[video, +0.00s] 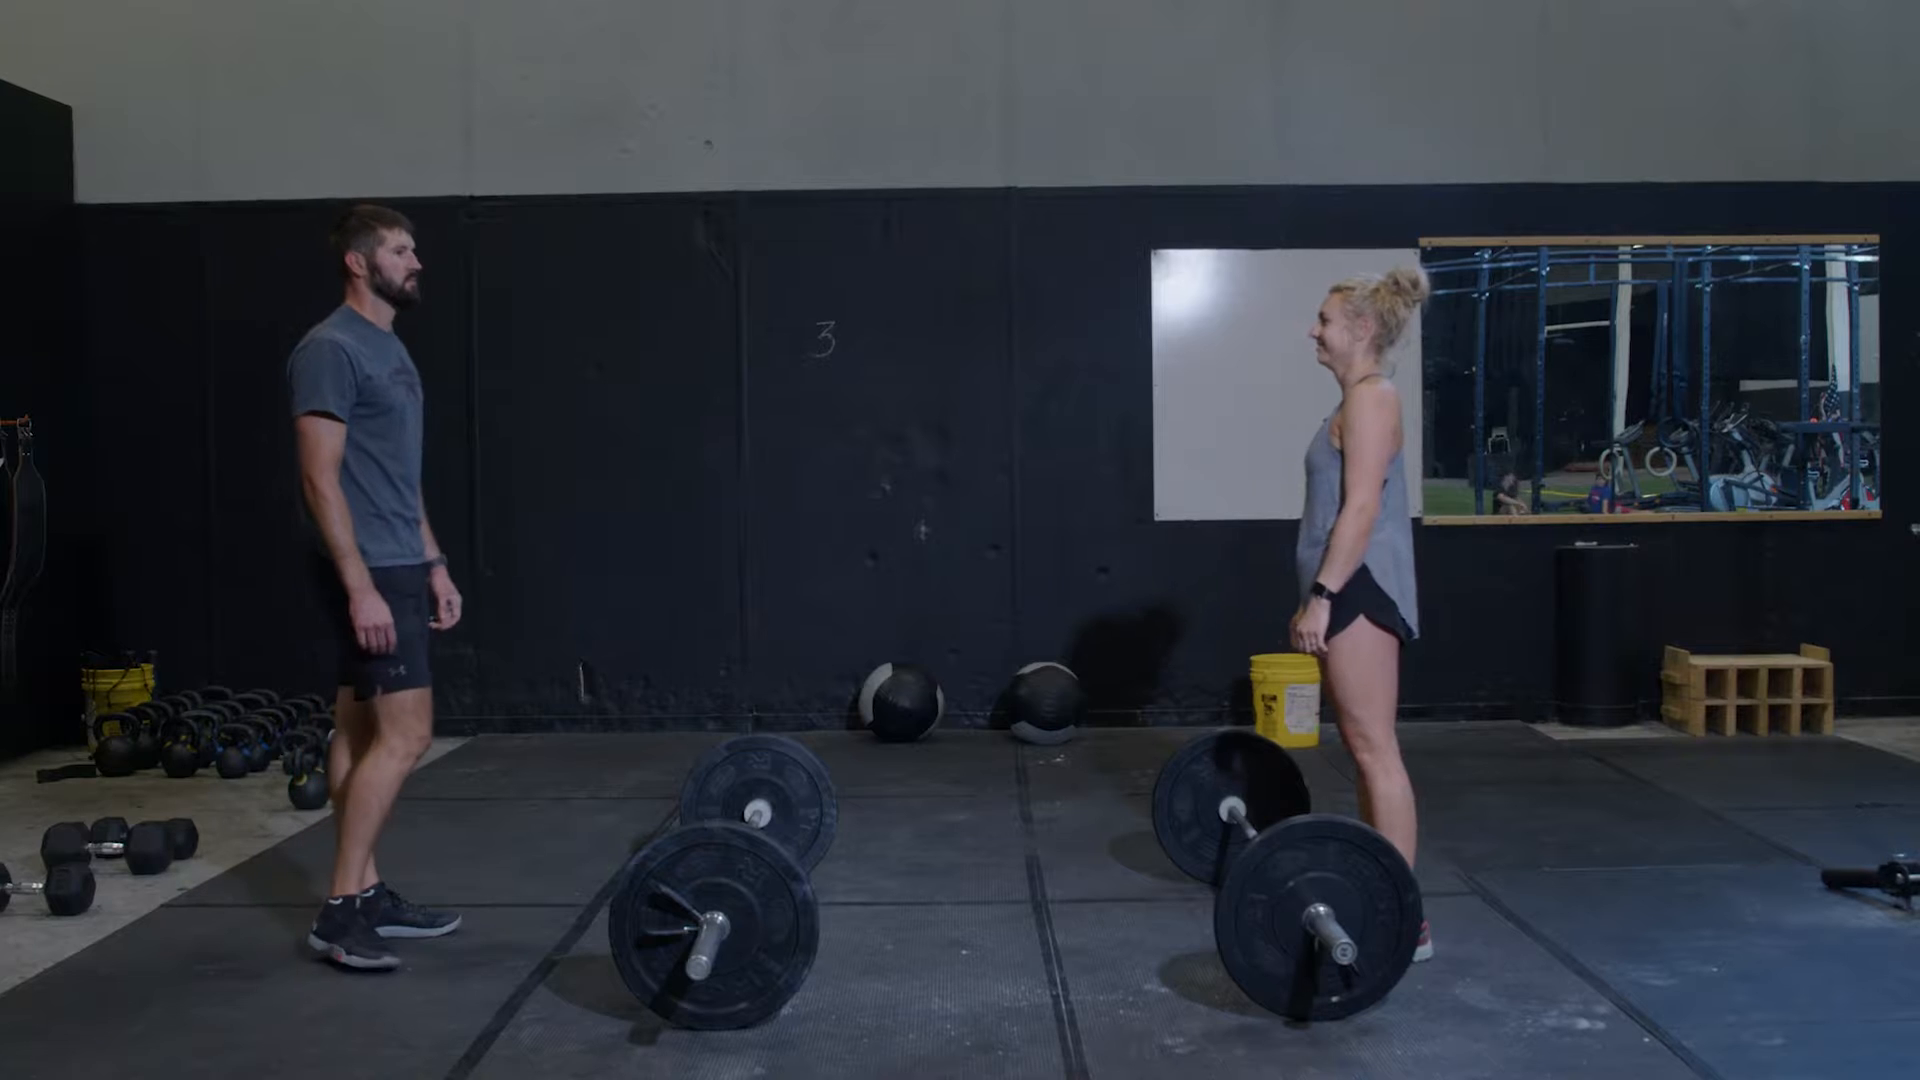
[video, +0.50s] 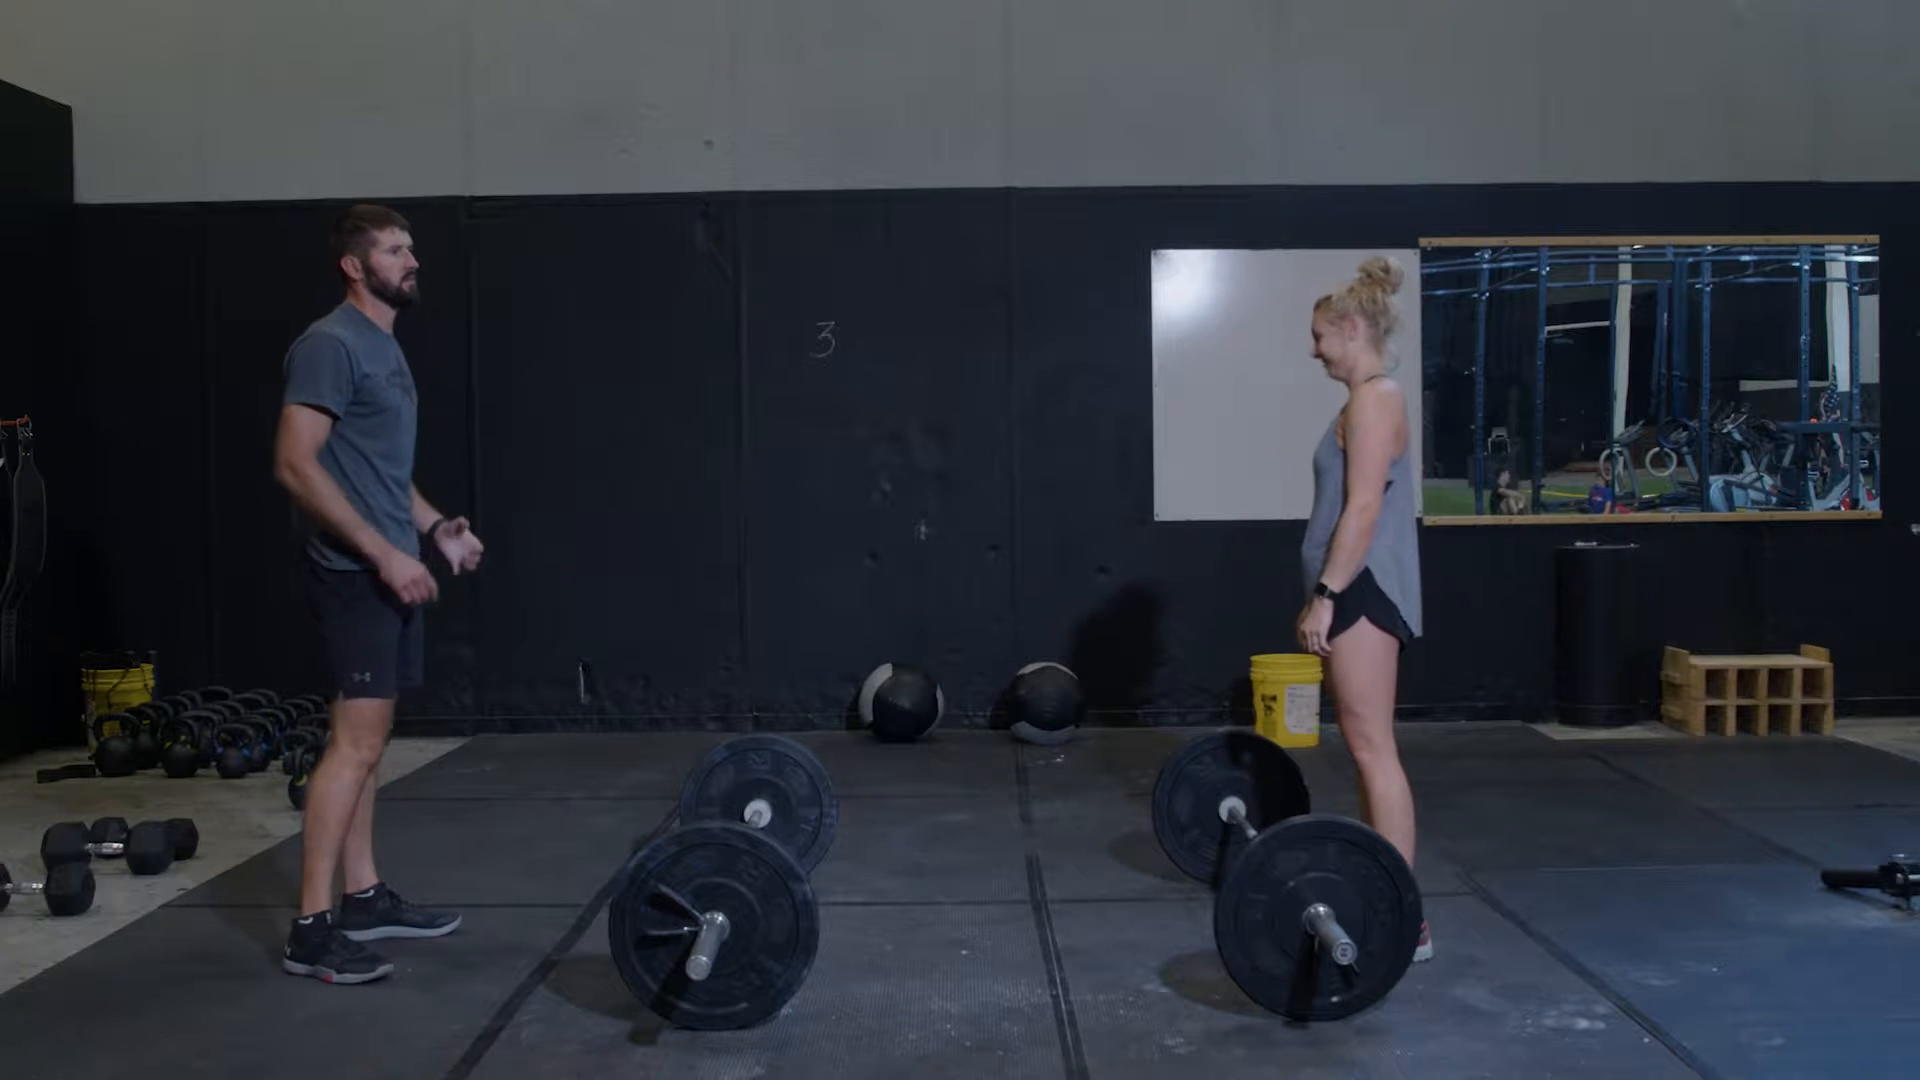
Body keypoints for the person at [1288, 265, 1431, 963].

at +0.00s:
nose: (1315, 330)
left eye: (1326, 320)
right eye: (1319, 319)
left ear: (1362, 331)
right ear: (1359, 332)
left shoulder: (1371, 398)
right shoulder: (1357, 400)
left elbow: (1362, 508)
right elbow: (1351, 510)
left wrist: (1322, 595)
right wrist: (1318, 596)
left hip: (1363, 594)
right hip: (1348, 593)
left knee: (1374, 749)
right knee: (1365, 749)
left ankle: (1399, 912)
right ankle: (1384, 904)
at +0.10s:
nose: (1314, 334)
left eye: (1324, 324)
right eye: (1317, 323)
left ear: (1360, 331)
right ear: (1359, 333)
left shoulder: (1370, 397)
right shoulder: (1357, 400)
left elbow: (1363, 508)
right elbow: (1348, 511)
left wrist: (1325, 594)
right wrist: (1316, 598)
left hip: (1364, 593)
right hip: (1349, 592)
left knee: (1374, 750)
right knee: (1366, 749)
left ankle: (1399, 912)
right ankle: (1384, 905)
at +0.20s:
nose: (1314, 336)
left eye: (1323, 325)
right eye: (1316, 325)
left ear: (1358, 331)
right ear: (1358, 334)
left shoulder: (1370, 397)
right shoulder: (1358, 399)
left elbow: (1363, 508)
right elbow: (1348, 511)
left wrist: (1326, 594)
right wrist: (1316, 598)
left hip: (1364, 593)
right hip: (1350, 592)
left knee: (1373, 748)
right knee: (1364, 747)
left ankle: (1399, 911)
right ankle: (1382, 902)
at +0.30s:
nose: (1315, 341)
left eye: (1322, 329)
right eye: (1316, 330)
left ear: (1356, 331)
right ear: (1355, 334)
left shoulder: (1372, 397)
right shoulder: (1360, 399)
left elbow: (1363, 507)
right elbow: (1351, 510)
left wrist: (1325, 594)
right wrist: (1318, 595)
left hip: (1365, 592)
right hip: (1353, 590)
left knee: (1373, 750)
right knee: (1368, 749)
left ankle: (1399, 913)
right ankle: (1389, 906)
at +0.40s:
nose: (1316, 345)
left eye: (1322, 333)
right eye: (1316, 334)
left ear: (1355, 333)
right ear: (1355, 336)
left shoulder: (1372, 398)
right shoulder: (1362, 400)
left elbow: (1363, 507)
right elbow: (1353, 510)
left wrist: (1325, 593)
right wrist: (1319, 595)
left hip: (1365, 591)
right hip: (1355, 590)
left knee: (1373, 750)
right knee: (1369, 749)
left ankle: (1400, 913)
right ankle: (1389, 906)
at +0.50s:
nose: (1316, 348)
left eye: (1323, 335)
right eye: (1317, 336)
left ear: (1357, 333)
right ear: (1354, 339)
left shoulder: (1375, 398)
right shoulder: (1364, 401)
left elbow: (1365, 507)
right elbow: (1358, 509)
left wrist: (1326, 593)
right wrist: (1323, 592)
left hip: (1366, 591)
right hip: (1355, 590)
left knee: (1373, 749)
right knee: (1369, 749)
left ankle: (1399, 913)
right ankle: (1388, 905)